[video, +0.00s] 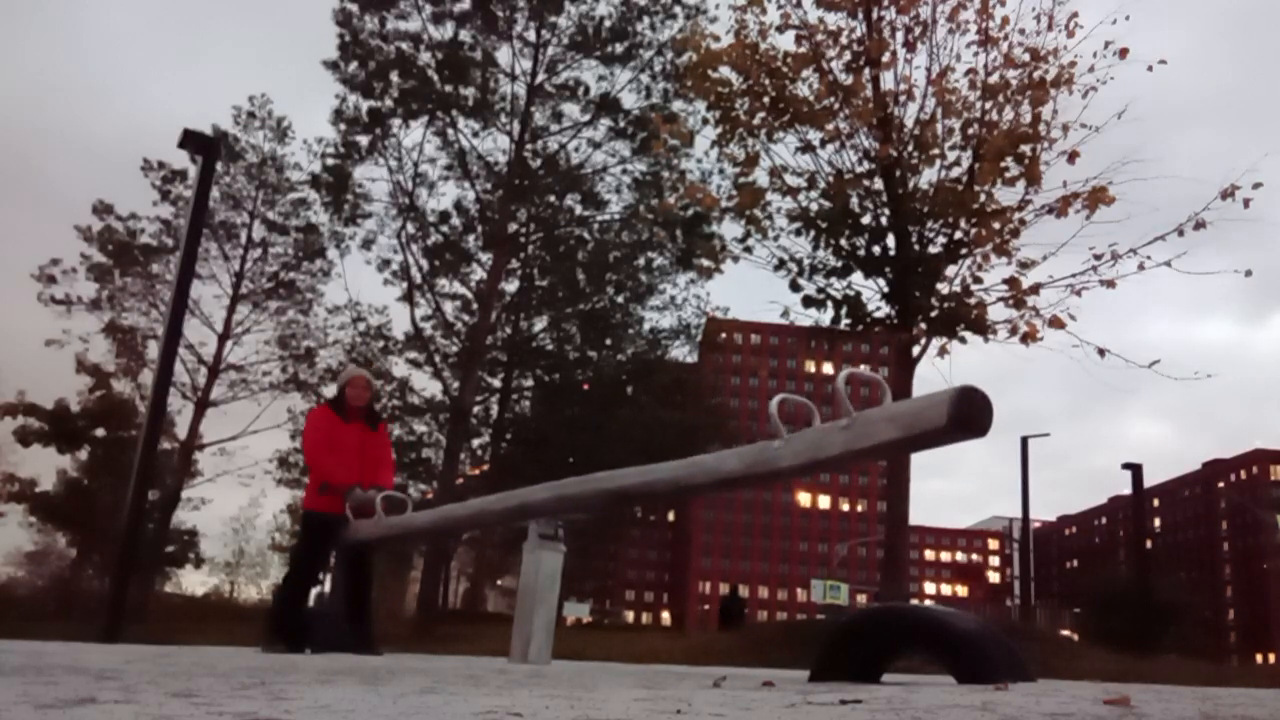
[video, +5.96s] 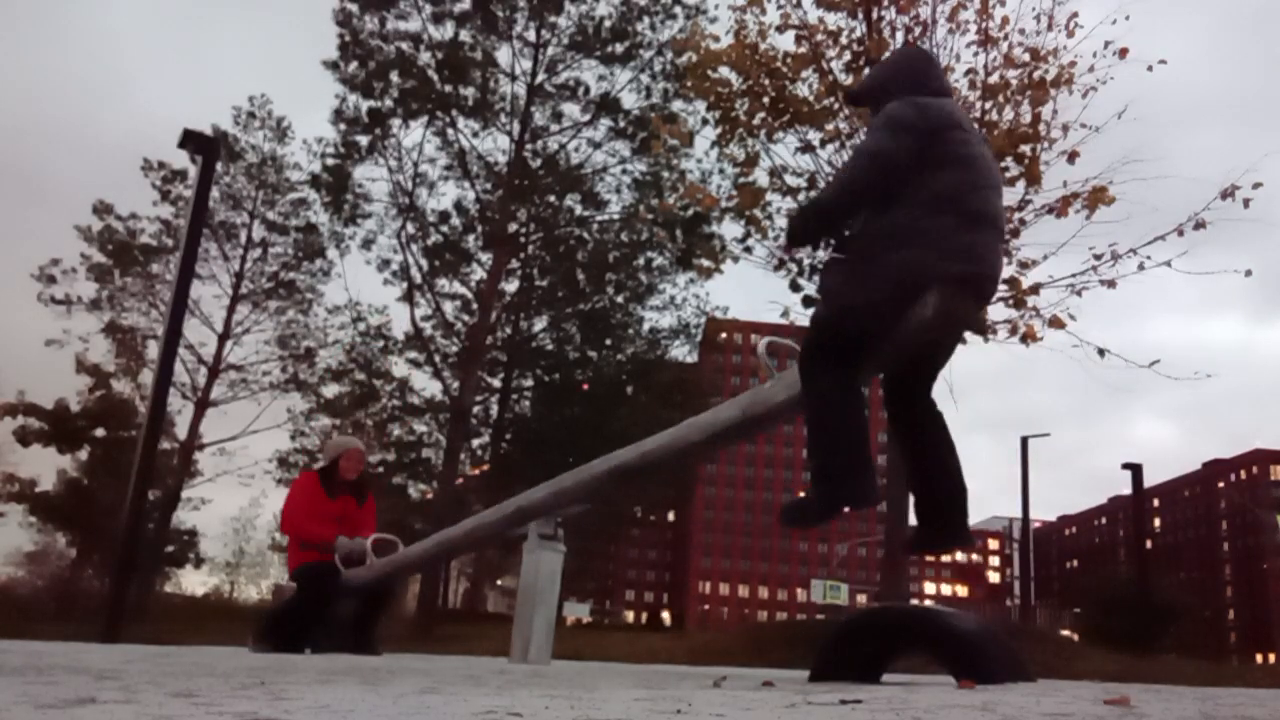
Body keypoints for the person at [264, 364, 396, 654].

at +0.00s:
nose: (360, 392)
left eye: (365, 387)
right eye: (354, 386)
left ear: (372, 393)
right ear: (343, 390)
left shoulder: (377, 427)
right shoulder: (321, 416)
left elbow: (385, 467)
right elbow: (315, 457)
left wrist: (379, 492)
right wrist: (344, 486)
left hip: (361, 514)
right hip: (322, 509)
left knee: (359, 579)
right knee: (304, 573)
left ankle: (359, 641)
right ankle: (281, 636)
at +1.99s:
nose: (371, 389)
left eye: (376, 384)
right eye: (365, 383)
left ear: (382, 390)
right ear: (352, 387)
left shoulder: (384, 426)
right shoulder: (331, 412)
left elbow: (391, 467)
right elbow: (320, 455)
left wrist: (382, 492)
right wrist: (349, 485)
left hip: (362, 514)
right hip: (325, 508)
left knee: (360, 579)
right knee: (304, 572)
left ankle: (361, 642)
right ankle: (282, 636)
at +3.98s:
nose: (382, 369)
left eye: (387, 364)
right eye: (376, 363)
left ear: (392, 369)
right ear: (363, 364)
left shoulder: (393, 401)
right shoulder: (340, 388)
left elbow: (403, 441)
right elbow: (324, 429)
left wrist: (383, 459)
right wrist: (352, 461)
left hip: (373, 487)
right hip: (333, 479)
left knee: (380, 546)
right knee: (321, 540)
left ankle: (374, 611)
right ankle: (290, 602)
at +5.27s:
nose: (369, 396)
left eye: (375, 391)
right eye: (364, 390)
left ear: (382, 395)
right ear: (353, 391)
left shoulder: (384, 428)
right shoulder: (331, 413)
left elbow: (390, 468)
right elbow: (319, 458)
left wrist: (375, 486)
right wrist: (346, 486)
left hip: (365, 511)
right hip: (327, 505)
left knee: (377, 564)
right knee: (317, 564)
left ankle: (364, 634)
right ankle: (273, 621)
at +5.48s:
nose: (362, 431)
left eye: (367, 426)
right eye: (357, 425)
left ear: (371, 429)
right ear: (343, 425)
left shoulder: (370, 461)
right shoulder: (315, 451)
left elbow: (374, 500)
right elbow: (306, 495)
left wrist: (368, 519)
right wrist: (337, 515)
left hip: (352, 535)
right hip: (315, 530)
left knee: (376, 572)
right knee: (313, 578)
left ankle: (358, 636)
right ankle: (274, 627)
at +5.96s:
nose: (355, 466)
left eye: (360, 461)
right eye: (349, 460)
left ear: (364, 465)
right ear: (334, 461)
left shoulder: (362, 494)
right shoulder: (308, 483)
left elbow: (367, 535)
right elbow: (290, 523)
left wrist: (359, 547)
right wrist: (334, 541)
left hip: (348, 564)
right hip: (309, 560)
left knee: (381, 585)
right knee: (325, 586)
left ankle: (359, 643)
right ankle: (276, 636)